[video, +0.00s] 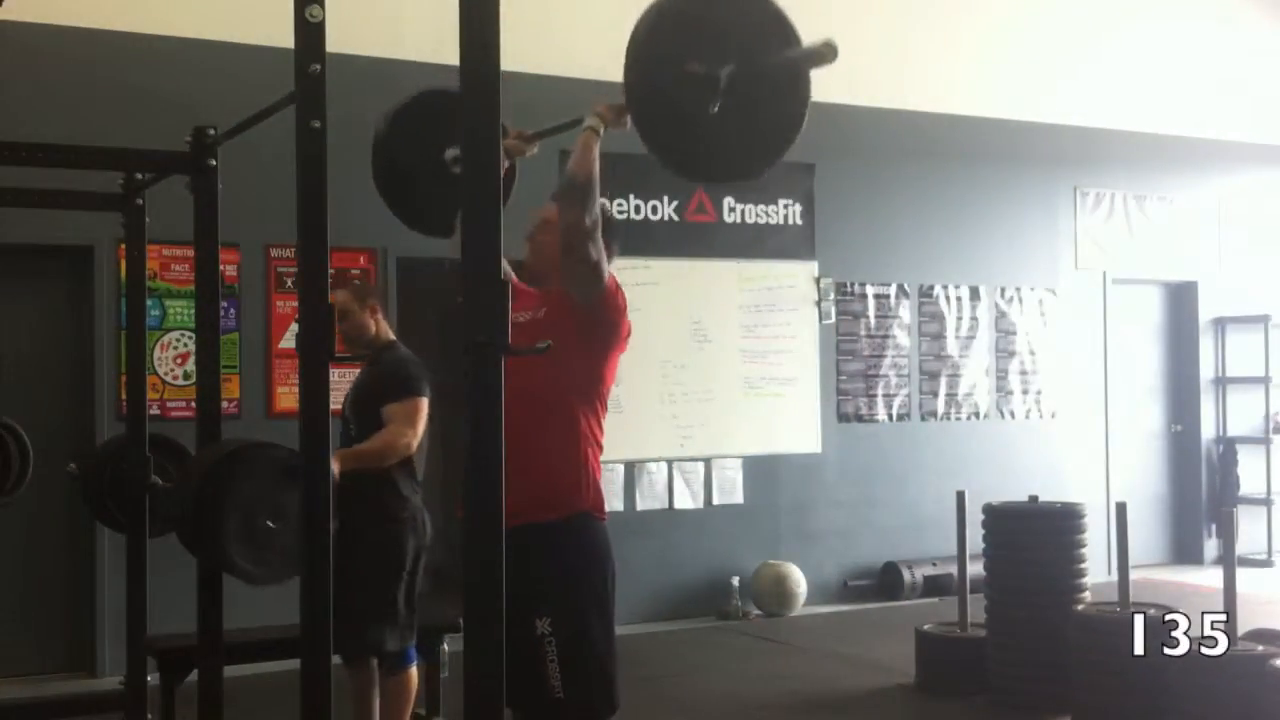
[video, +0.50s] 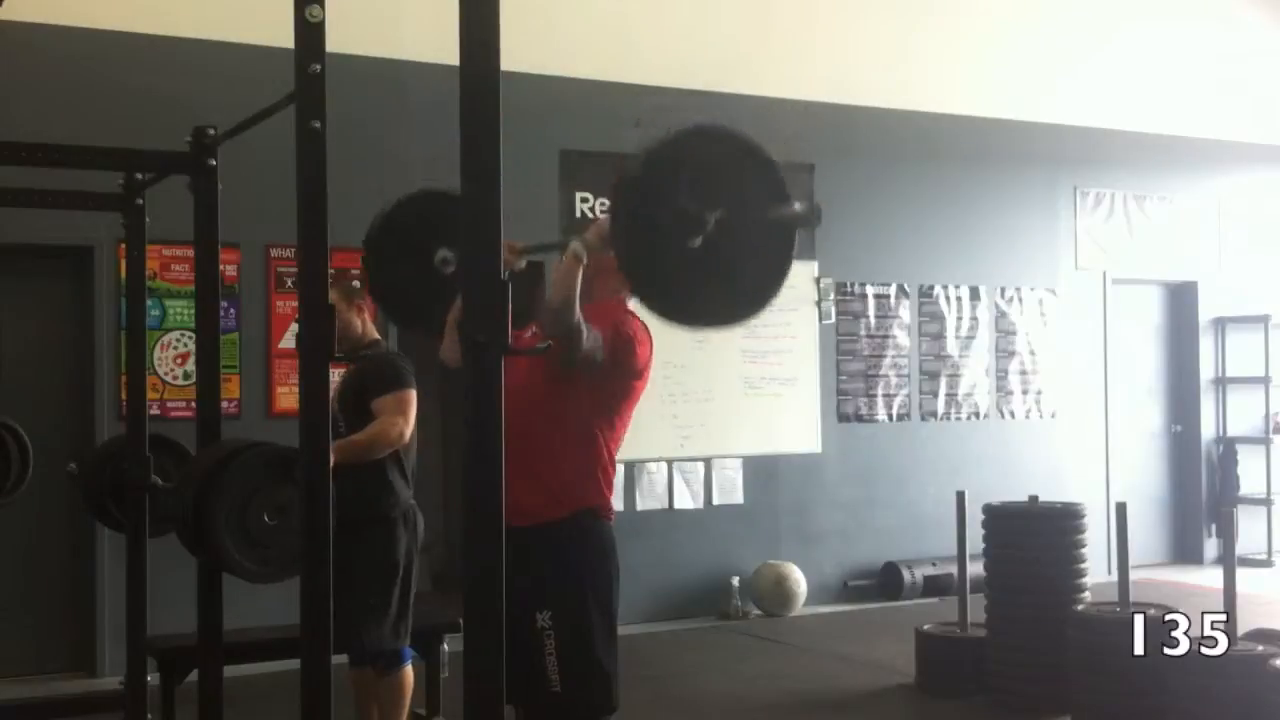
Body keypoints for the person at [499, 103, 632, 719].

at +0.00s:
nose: (533, 232)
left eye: (550, 225)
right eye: (535, 223)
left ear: (581, 241)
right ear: (533, 237)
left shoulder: (594, 315)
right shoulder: (508, 302)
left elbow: (579, 215)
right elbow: (468, 245)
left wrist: (593, 126)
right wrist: (496, 170)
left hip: (565, 531)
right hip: (496, 531)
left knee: (580, 693)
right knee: (505, 689)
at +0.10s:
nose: (560, 247)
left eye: (578, 239)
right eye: (561, 236)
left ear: (608, 255)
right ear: (553, 244)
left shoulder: (606, 324)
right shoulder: (520, 310)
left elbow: (566, 234)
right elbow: (463, 267)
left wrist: (588, 145)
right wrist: (496, 187)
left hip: (565, 536)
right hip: (500, 534)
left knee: (577, 698)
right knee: (513, 695)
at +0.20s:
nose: (569, 236)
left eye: (585, 231)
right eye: (571, 229)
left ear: (619, 260)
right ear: (559, 244)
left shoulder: (613, 326)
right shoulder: (523, 316)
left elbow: (560, 254)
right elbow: (457, 282)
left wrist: (582, 171)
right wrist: (491, 205)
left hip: (566, 535)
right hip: (499, 532)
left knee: (575, 698)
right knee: (506, 694)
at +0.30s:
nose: (580, 223)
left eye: (603, 220)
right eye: (585, 213)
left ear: (627, 257)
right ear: (568, 238)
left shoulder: (619, 325)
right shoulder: (525, 320)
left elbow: (559, 287)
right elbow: (452, 304)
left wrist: (579, 197)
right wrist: (486, 227)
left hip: (570, 532)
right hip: (505, 529)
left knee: (579, 697)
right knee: (517, 692)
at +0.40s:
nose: (583, 231)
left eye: (604, 227)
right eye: (587, 223)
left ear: (630, 265)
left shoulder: (623, 331)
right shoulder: (526, 330)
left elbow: (559, 311)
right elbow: (451, 325)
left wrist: (575, 225)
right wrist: (488, 248)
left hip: (570, 531)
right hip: (504, 530)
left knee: (580, 694)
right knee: (516, 691)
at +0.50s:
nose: (576, 251)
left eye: (595, 241)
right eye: (578, 240)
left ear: (620, 264)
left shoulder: (626, 333)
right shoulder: (531, 330)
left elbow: (561, 327)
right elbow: (454, 352)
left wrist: (572, 255)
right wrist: (487, 277)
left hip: (571, 530)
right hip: (508, 529)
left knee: (578, 691)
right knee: (514, 688)